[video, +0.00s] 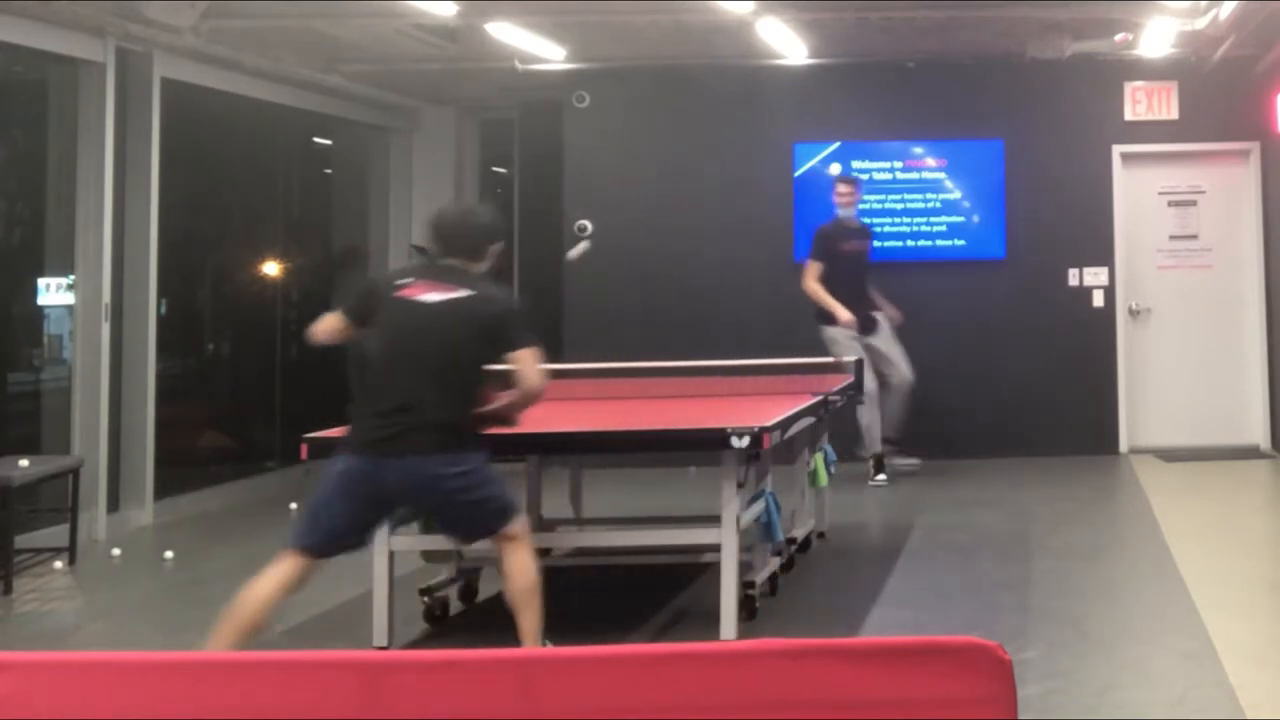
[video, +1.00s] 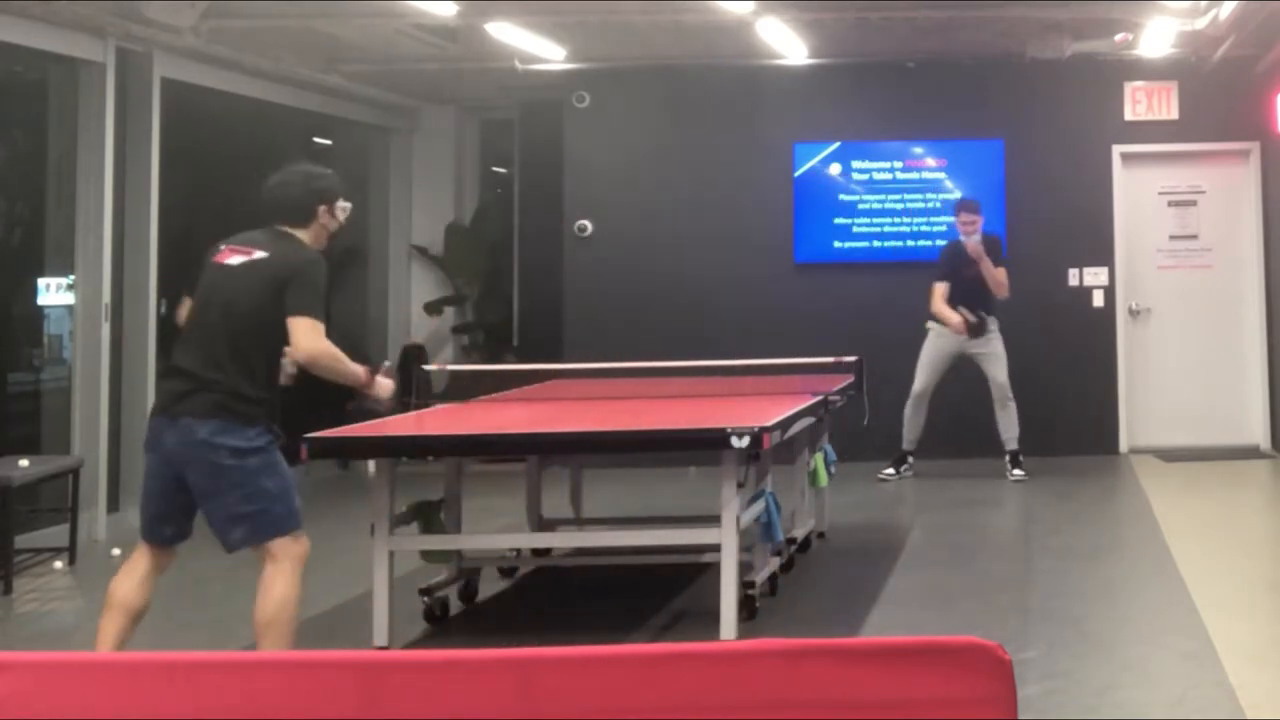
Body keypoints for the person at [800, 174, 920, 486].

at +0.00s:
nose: (844, 199)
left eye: (849, 194)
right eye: (840, 194)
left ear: (858, 196)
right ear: (833, 198)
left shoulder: (864, 232)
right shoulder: (826, 234)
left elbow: (861, 279)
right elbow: (809, 281)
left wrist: (885, 307)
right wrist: (839, 310)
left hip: (870, 319)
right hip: (838, 324)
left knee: (902, 377)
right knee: (866, 387)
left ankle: (887, 444)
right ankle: (875, 457)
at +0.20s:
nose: (893, 214)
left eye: (898, 209)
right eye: (889, 210)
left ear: (908, 211)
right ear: (883, 212)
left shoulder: (919, 240)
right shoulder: (872, 247)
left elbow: (935, 286)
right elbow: (853, 294)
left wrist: (918, 265)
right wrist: (872, 329)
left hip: (919, 333)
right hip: (884, 338)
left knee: (952, 394)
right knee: (898, 394)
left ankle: (990, 453)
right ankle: (882, 459)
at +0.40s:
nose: (915, 211)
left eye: (920, 206)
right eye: (910, 207)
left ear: (932, 206)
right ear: (905, 210)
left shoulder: (948, 233)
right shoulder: (899, 244)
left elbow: (959, 275)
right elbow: (891, 288)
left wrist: (926, 242)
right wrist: (889, 327)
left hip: (950, 330)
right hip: (911, 332)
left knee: (975, 393)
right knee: (898, 391)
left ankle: (992, 455)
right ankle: (893, 459)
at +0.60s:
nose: (917, 210)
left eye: (922, 205)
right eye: (913, 206)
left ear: (934, 204)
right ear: (908, 207)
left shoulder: (951, 230)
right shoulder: (904, 242)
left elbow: (956, 275)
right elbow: (898, 282)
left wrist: (928, 241)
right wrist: (897, 320)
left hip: (958, 325)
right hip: (919, 327)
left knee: (981, 388)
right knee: (905, 390)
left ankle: (997, 452)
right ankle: (902, 456)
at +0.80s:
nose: (941, 223)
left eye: (946, 218)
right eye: (937, 218)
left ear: (956, 215)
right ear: (931, 217)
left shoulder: (972, 238)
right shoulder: (923, 249)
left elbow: (981, 284)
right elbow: (906, 299)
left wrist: (953, 252)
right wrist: (923, 319)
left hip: (970, 329)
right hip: (931, 331)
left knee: (993, 388)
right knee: (911, 388)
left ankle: (1013, 454)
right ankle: (903, 457)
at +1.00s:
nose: (967, 228)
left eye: (972, 223)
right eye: (962, 223)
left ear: (981, 221)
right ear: (956, 223)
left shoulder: (993, 246)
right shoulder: (950, 252)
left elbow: (1003, 291)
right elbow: (937, 302)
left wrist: (982, 258)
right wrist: (954, 319)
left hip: (985, 329)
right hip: (947, 328)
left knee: (1002, 388)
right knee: (919, 390)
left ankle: (1013, 455)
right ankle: (905, 456)